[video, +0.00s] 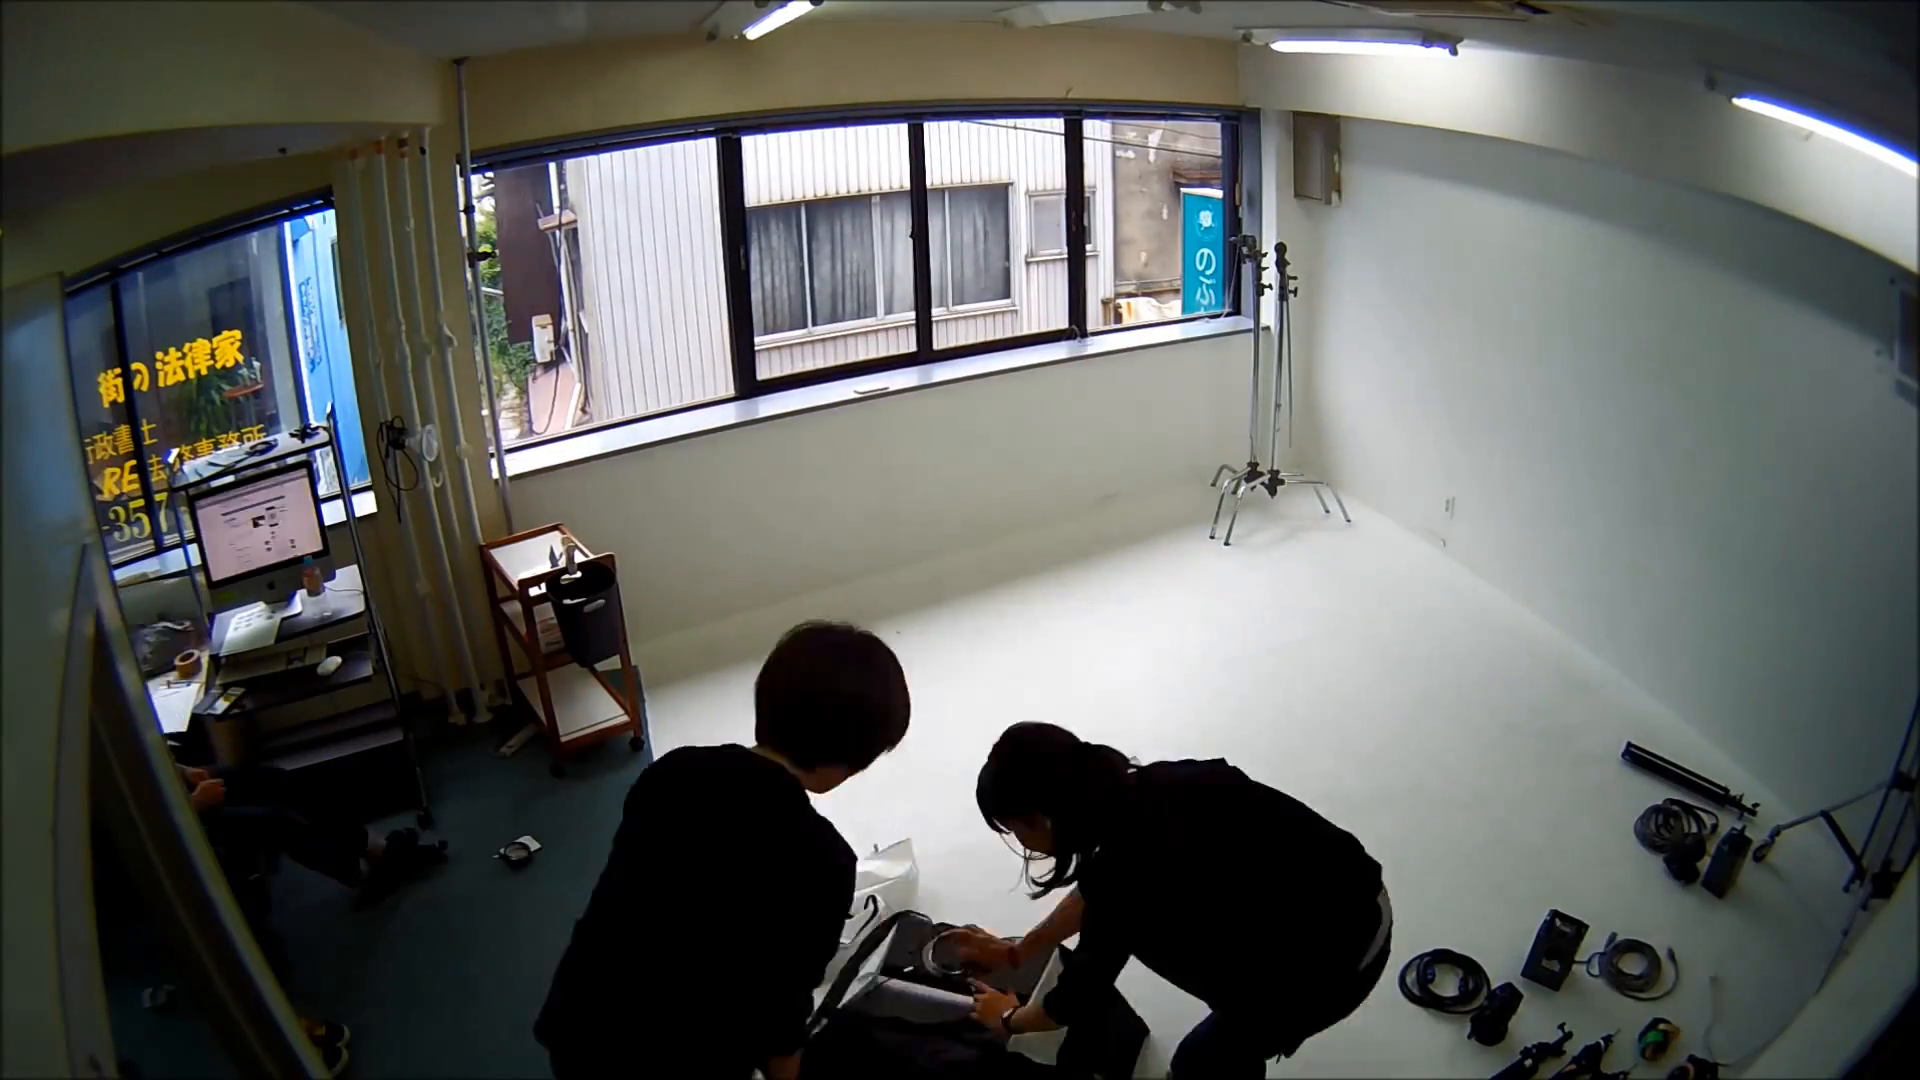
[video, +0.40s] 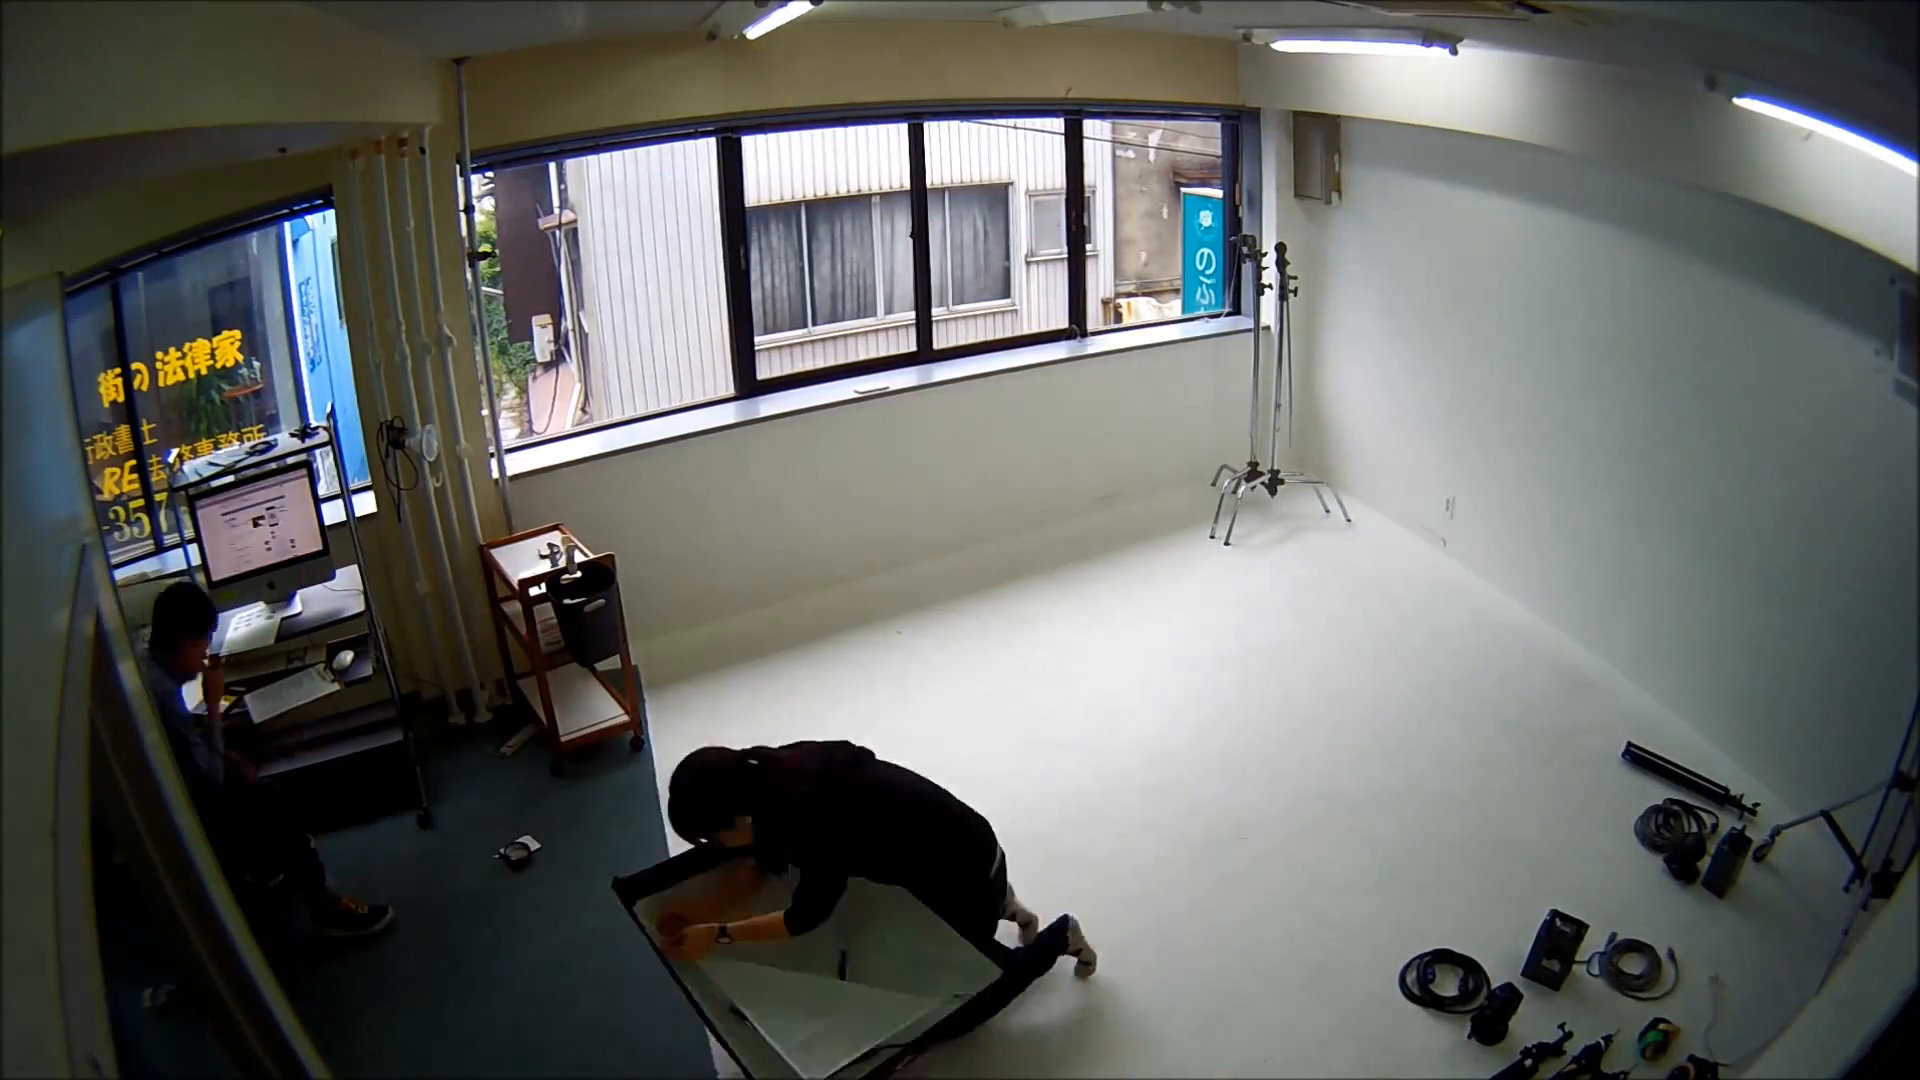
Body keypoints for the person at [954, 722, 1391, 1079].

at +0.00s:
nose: (1019, 842)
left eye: (1015, 827)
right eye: (1011, 830)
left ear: (1045, 813)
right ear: (1073, 772)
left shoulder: (1119, 869)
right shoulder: (1162, 780)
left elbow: (1073, 992)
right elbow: (1094, 890)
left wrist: (1012, 1020)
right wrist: (1022, 952)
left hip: (1328, 974)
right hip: (1364, 901)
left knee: (1199, 1060)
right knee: (1115, 907)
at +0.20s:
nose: (982, 799)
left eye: (985, 790)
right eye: (976, 794)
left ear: (1006, 769)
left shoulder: (1071, 769)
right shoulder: (995, 744)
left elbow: (1116, 846)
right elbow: (991, 805)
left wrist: (1054, 902)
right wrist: (1004, 875)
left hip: (1098, 848)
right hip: (1040, 836)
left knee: (1038, 967)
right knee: (992, 941)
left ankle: (1103, 894)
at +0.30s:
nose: (971, 910)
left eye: (978, 899)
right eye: (958, 904)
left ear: (1005, 872)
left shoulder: (1060, 859)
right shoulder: (923, 823)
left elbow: (1118, 955)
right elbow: (874, 888)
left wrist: (1031, 1007)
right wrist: (906, 987)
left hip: (1041, 966)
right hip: (954, 953)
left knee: (1018, 1070)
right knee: (933, 1045)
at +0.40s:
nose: (723, 844)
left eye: (718, 835)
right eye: (716, 837)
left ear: (734, 814)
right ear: (731, 786)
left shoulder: (809, 812)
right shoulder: (776, 769)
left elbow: (807, 916)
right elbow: (762, 865)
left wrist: (717, 935)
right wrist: (705, 909)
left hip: (960, 871)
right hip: (952, 825)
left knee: (964, 990)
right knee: (977, 887)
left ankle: (1060, 938)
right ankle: (1017, 912)